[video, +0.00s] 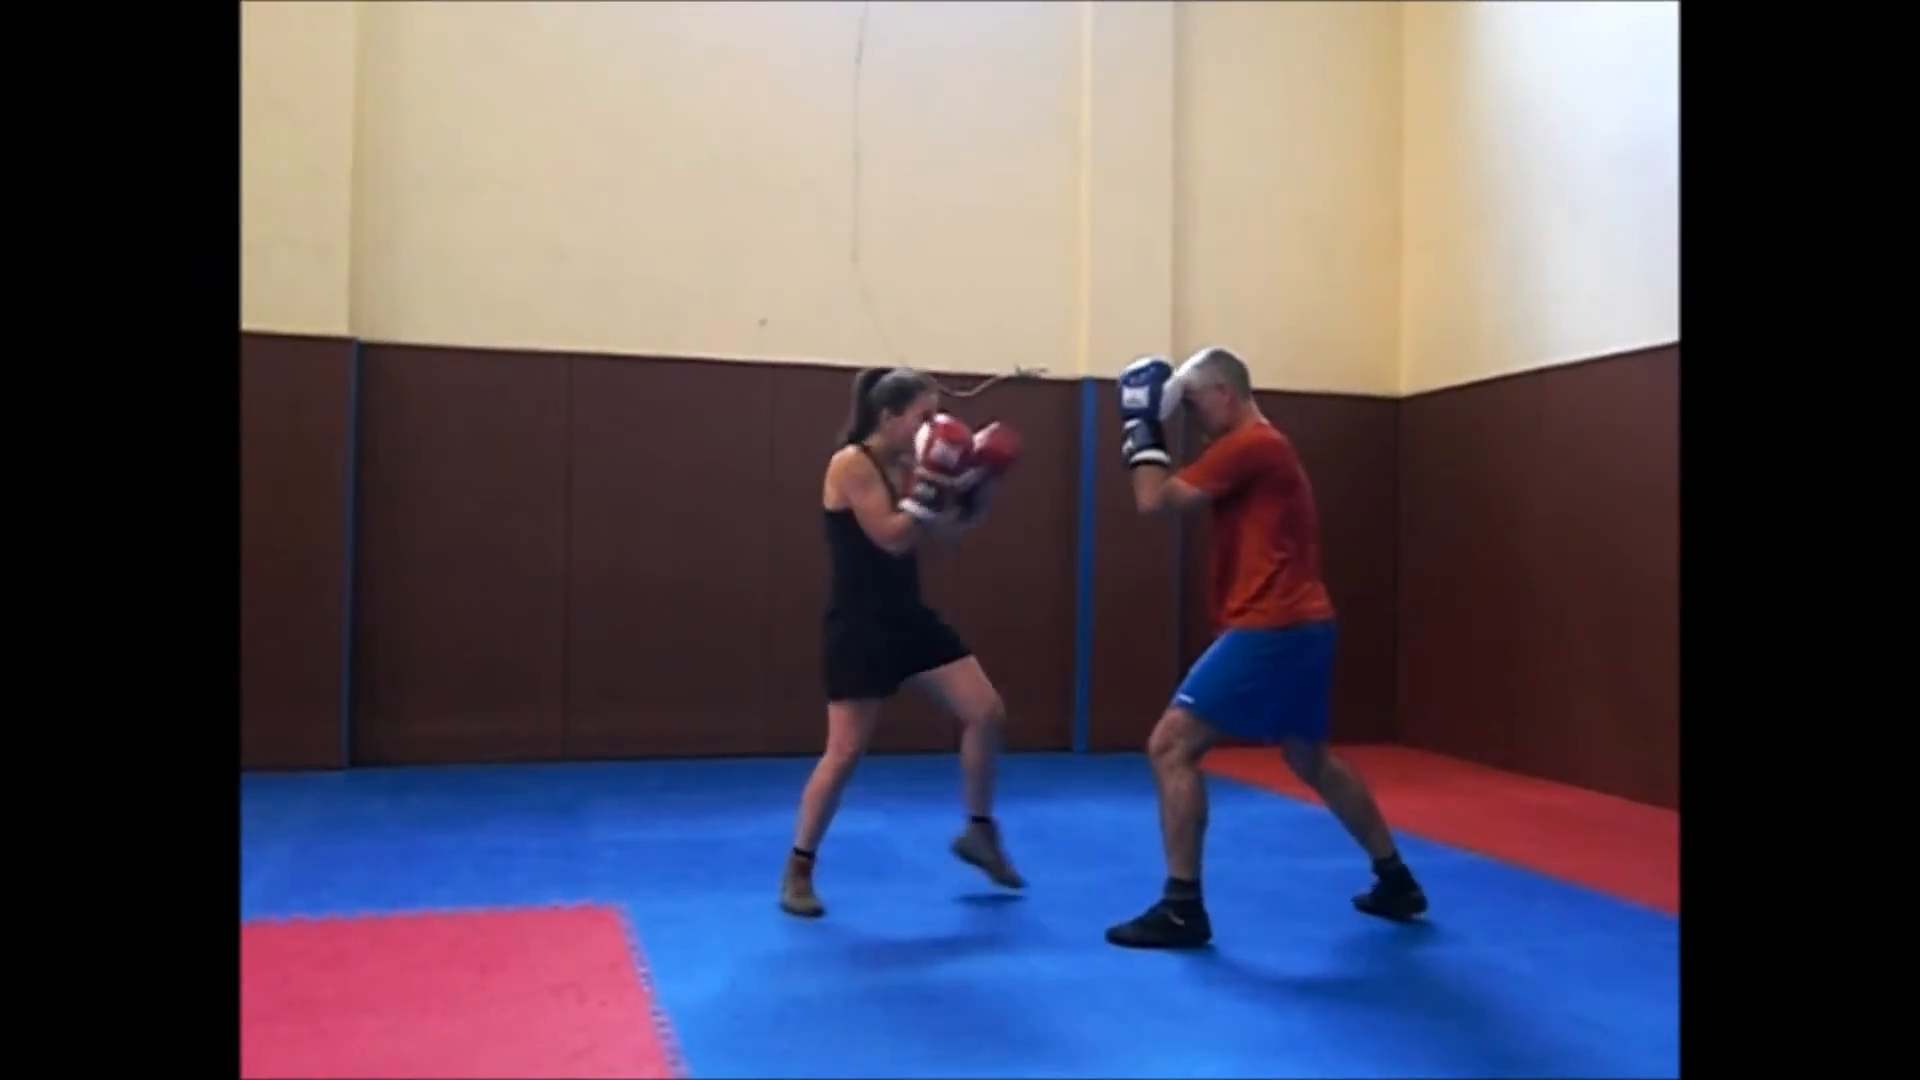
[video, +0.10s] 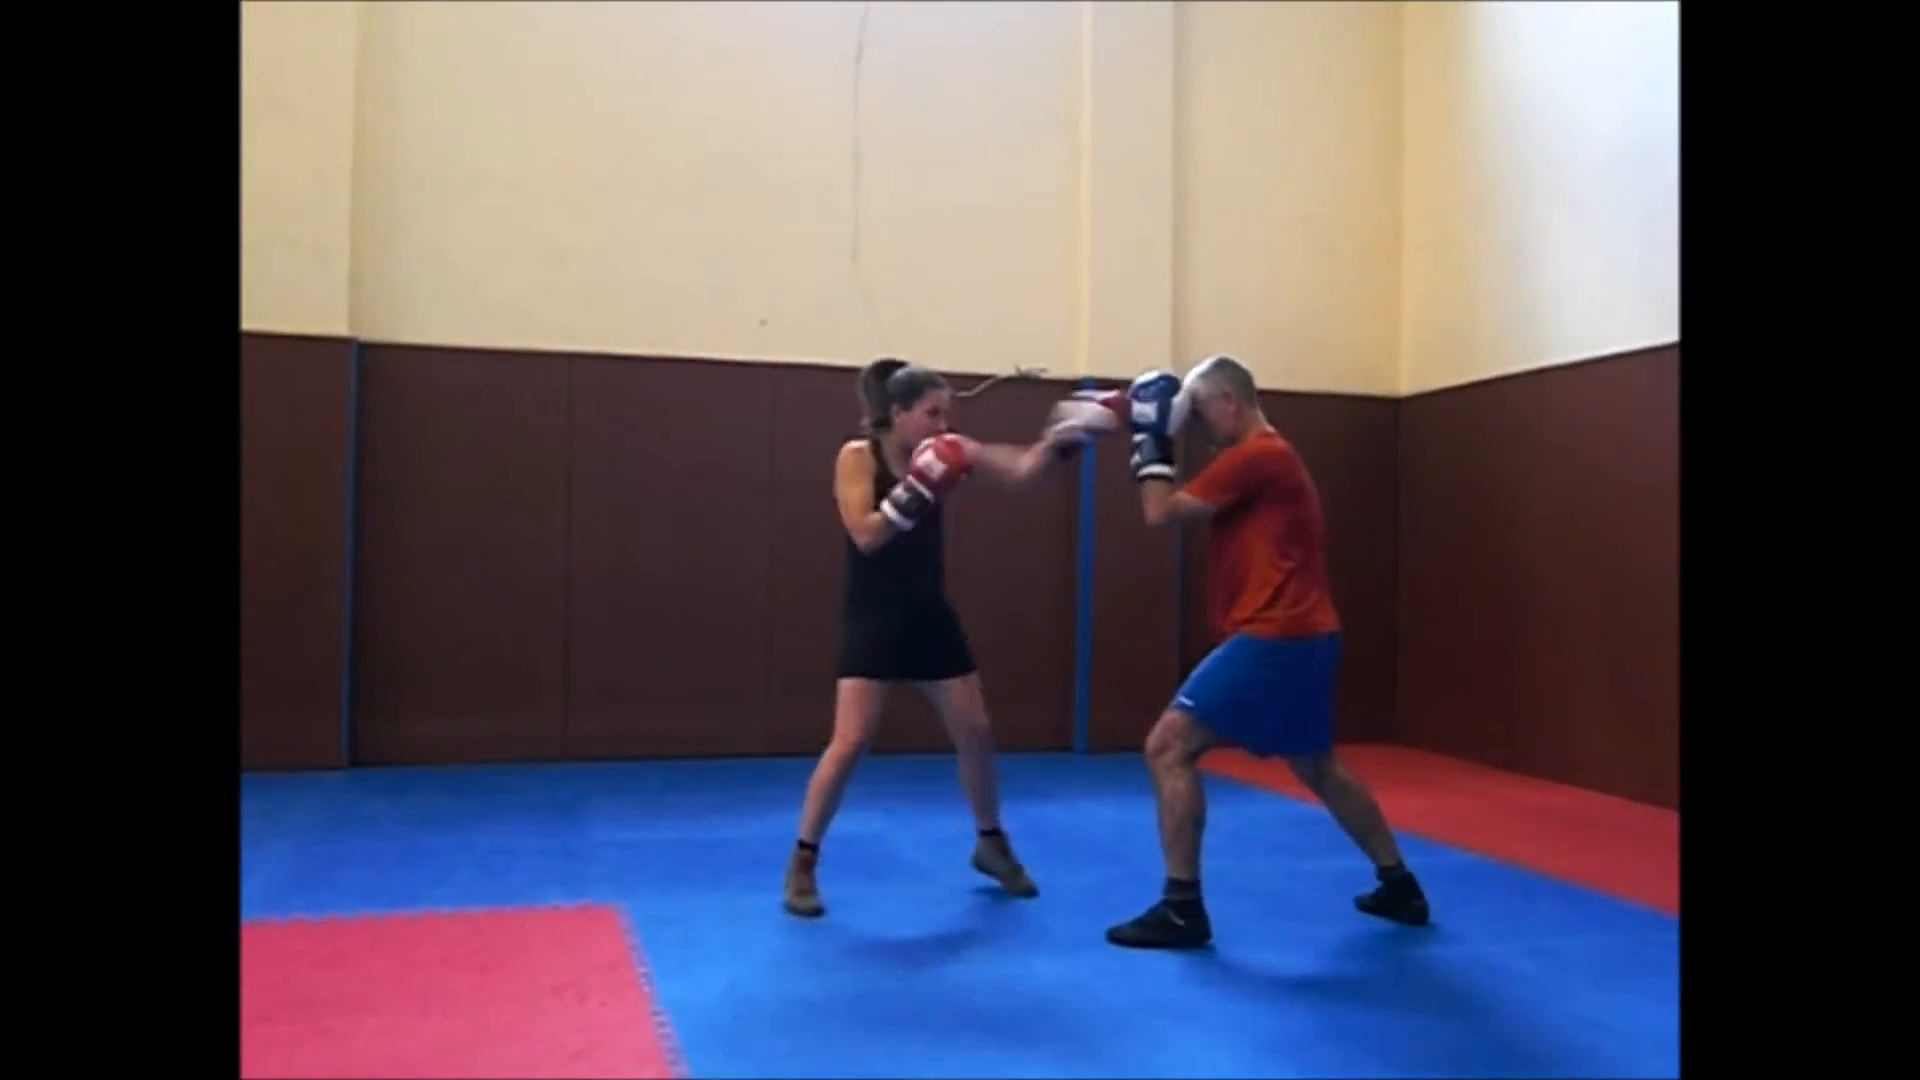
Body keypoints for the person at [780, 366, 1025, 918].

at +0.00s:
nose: (928, 428)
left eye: (931, 418)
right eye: (922, 417)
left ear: (902, 419)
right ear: (889, 415)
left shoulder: (904, 466)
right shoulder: (851, 464)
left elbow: (946, 530)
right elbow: (889, 534)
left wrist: (969, 484)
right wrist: (928, 487)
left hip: (909, 620)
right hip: (859, 627)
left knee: (984, 712)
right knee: (844, 750)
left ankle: (979, 829)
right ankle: (799, 867)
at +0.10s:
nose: (942, 424)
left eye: (944, 414)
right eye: (933, 413)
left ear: (935, 416)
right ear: (896, 413)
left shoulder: (941, 451)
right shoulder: (859, 456)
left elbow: (1019, 471)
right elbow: (866, 534)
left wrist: (1060, 437)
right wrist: (918, 486)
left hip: (930, 614)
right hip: (872, 617)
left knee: (974, 729)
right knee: (850, 741)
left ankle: (992, 844)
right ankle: (803, 862)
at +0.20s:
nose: (961, 433)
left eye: (964, 424)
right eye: (954, 423)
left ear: (950, 424)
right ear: (917, 419)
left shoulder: (957, 458)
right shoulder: (875, 460)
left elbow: (1019, 490)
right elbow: (876, 534)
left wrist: (1059, 453)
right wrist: (930, 489)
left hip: (943, 619)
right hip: (888, 621)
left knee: (978, 734)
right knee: (865, 744)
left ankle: (988, 854)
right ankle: (810, 861)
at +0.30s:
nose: (981, 435)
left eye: (982, 426)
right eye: (974, 425)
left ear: (950, 425)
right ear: (942, 422)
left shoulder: (946, 470)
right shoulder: (902, 460)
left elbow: (970, 534)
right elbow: (930, 504)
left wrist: (1003, 499)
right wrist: (984, 467)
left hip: (940, 621)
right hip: (898, 622)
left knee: (976, 737)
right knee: (884, 745)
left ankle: (987, 856)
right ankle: (805, 857)